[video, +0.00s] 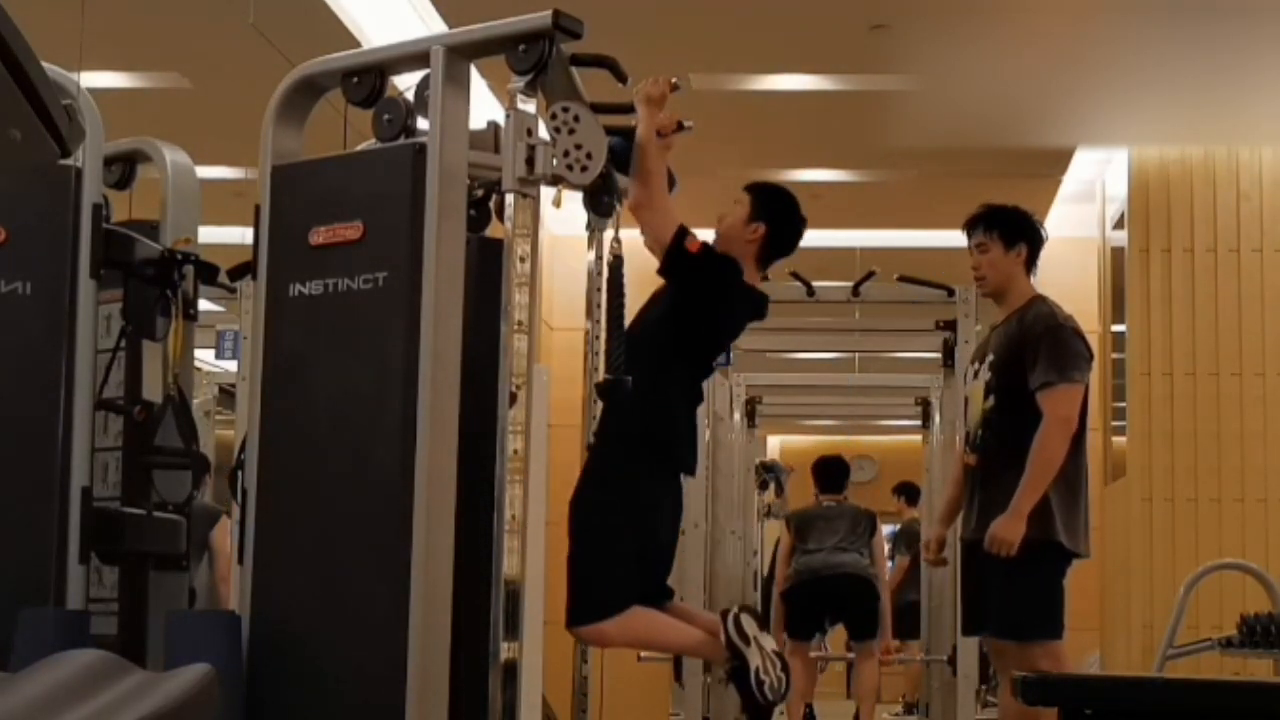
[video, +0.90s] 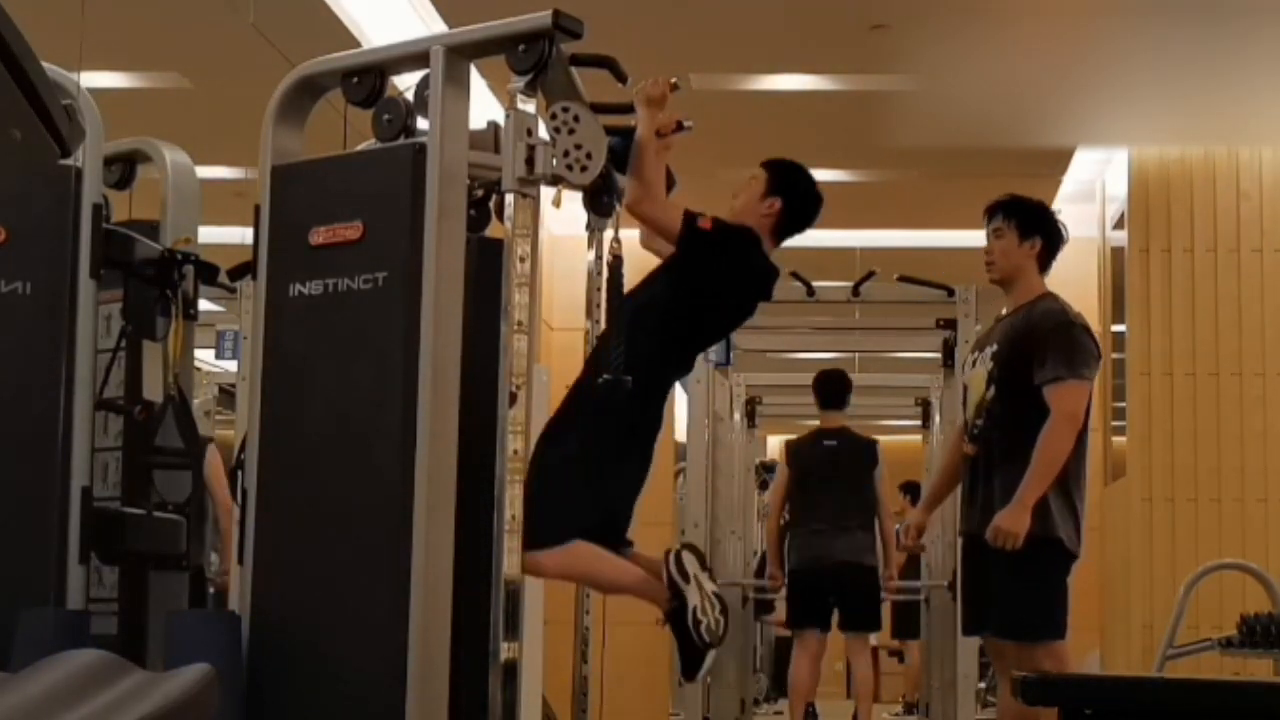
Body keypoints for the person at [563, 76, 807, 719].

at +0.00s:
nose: (721, 213)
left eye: (733, 209)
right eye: (729, 207)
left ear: (755, 231)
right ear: (759, 237)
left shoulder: (715, 279)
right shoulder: (724, 284)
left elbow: (651, 208)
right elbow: (654, 215)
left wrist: (646, 124)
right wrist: (658, 138)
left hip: (630, 456)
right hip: (652, 457)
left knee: (595, 619)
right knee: (637, 600)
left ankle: (727, 650)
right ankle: (731, 632)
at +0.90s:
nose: (738, 189)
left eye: (749, 184)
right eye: (746, 182)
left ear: (769, 204)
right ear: (775, 215)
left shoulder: (731, 246)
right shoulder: (747, 268)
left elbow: (647, 201)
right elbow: (648, 228)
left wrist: (647, 123)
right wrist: (657, 148)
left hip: (608, 399)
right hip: (633, 408)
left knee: (543, 550)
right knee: (589, 543)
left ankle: (667, 585)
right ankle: (674, 593)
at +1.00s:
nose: (738, 167)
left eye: (750, 159)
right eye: (746, 158)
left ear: (772, 178)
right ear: (782, 188)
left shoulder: (737, 220)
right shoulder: (757, 242)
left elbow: (643, 196)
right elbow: (655, 235)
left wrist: (646, 120)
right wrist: (658, 151)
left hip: (613, 376)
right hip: (640, 385)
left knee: (532, 513)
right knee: (583, 515)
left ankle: (648, 564)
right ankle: (655, 552)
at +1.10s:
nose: (734, 140)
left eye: (745, 133)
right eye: (741, 131)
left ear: (767, 150)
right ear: (777, 160)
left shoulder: (737, 194)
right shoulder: (758, 219)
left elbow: (640, 193)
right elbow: (656, 246)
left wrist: (645, 122)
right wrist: (658, 149)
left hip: (615, 349)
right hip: (646, 364)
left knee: (524, 479)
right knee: (577, 488)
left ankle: (632, 539)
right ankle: (646, 533)